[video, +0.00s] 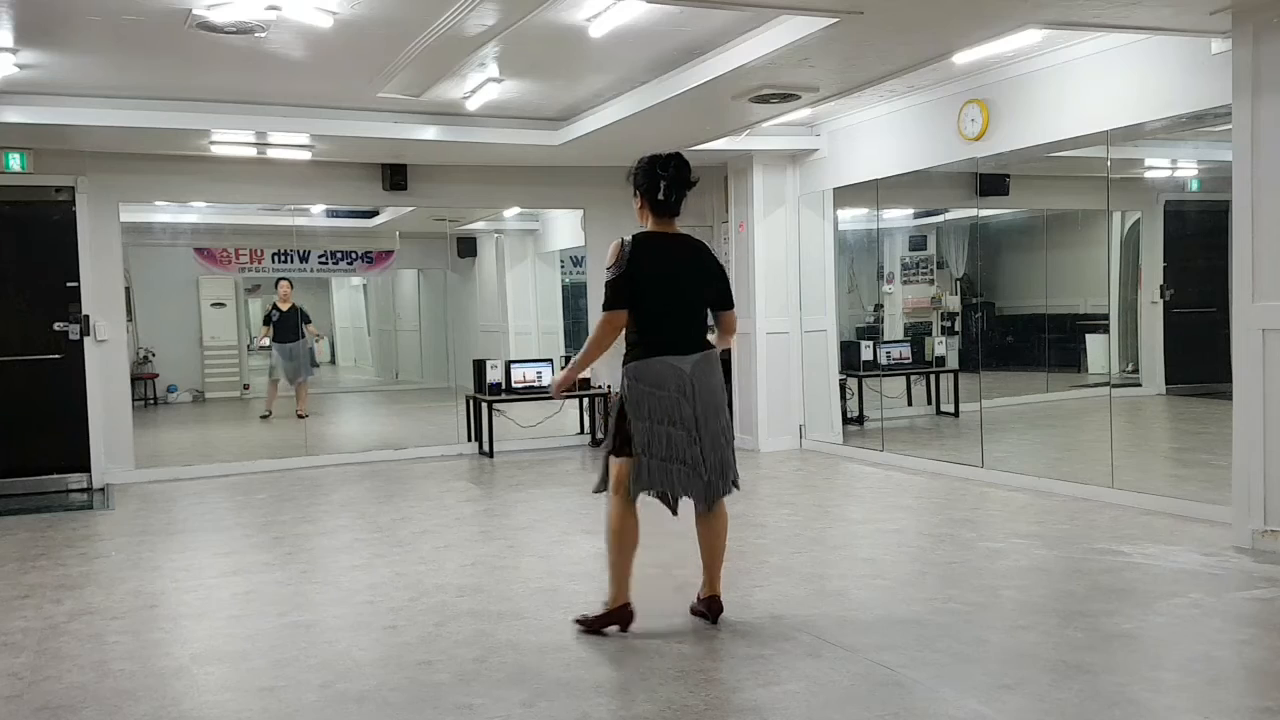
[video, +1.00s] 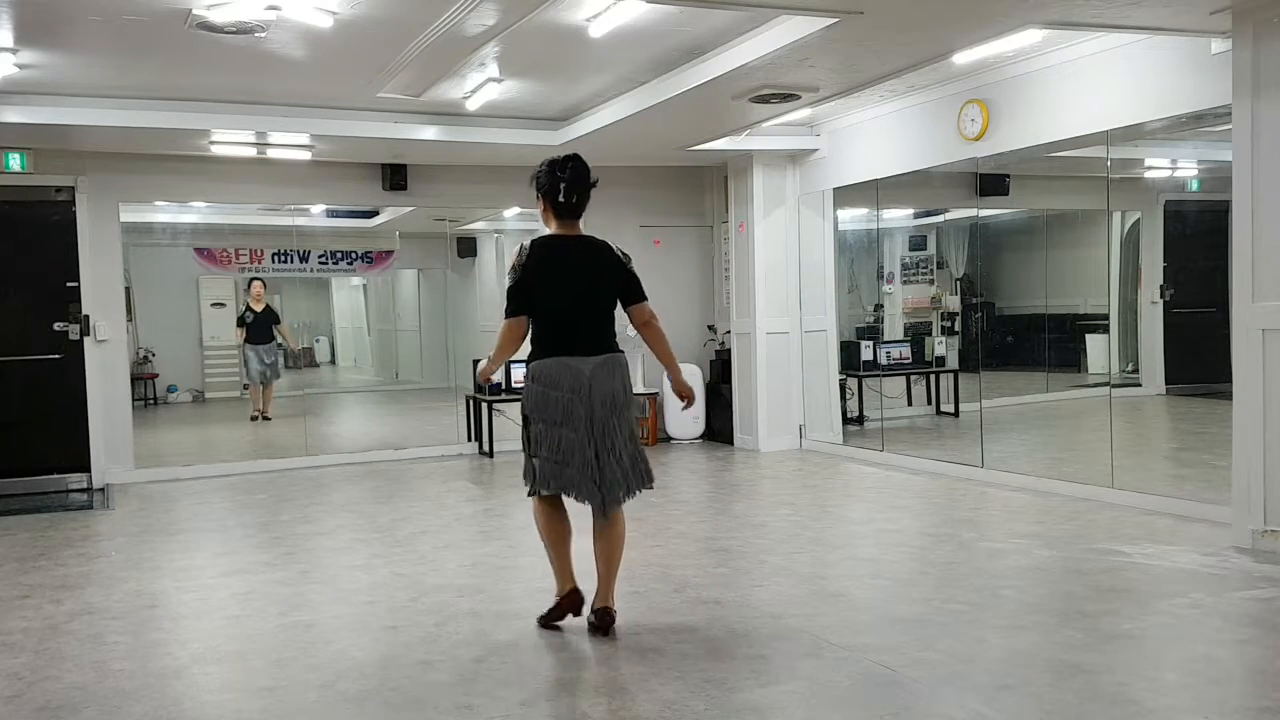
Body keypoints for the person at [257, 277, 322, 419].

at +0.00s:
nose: (285, 290)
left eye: (287, 287)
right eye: (282, 287)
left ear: (291, 290)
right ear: (276, 290)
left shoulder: (298, 309)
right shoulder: (272, 309)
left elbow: (309, 326)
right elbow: (266, 326)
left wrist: (316, 334)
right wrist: (262, 336)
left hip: (297, 347)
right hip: (278, 349)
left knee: (300, 379)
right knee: (273, 379)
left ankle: (300, 408)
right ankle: (268, 409)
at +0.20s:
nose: (277, 290)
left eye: (280, 287)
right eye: (274, 287)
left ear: (284, 290)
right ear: (269, 291)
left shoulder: (288, 309)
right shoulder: (264, 308)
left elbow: (301, 325)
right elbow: (255, 326)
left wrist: (314, 335)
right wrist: (247, 336)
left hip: (288, 347)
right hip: (269, 348)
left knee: (294, 380)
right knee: (264, 379)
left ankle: (299, 409)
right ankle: (257, 409)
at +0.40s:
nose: (267, 290)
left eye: (270, 287)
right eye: (263, 287)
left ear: (273, 290)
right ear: (258, 290)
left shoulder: (277, 309)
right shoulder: (253, 308)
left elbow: (288, 326)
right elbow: (242, 324)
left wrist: (301, 336)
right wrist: (233, 333)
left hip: (276, 346)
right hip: (256, 348)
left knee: (285, 377)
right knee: (256, 380)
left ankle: (295, 407)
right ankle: (256, 410)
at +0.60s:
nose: (261, 290)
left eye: (263, 287)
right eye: (257, 287)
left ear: (267, 290)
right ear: (252, 290)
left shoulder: (271, 309)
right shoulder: (247, 308)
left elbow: (281, 326)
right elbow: (240, 324)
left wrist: (293, 339)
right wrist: (236, 332)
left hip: (270, 346)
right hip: (252, 347)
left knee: (272, 379)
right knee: (253, 380)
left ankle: (272, 409)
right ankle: (255, 410)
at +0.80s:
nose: (259, 290)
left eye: (261, 287)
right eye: (255, 287)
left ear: (265, 290)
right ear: (249, 290)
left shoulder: (270, 308)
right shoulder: (245, 308)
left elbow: (280, 327)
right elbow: (241, 325)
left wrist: (290, 343)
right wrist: (242, 334)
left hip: (269, 347)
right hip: (251, 347)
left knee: (268, 381)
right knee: (252, 382)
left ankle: (265, 410)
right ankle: (255, 410)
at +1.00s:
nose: (258, 290)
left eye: (261, 287)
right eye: (255, 288)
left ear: (265, 290)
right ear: (249, 291)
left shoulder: (270, 309)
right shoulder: (245, 309)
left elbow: (280, 327)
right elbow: (240, 327)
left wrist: (290, 343)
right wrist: (239, 337)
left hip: (269, 347)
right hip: (251, 347)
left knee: (268, 380)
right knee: (254, 380)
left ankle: (265, 410)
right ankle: (256, 409)